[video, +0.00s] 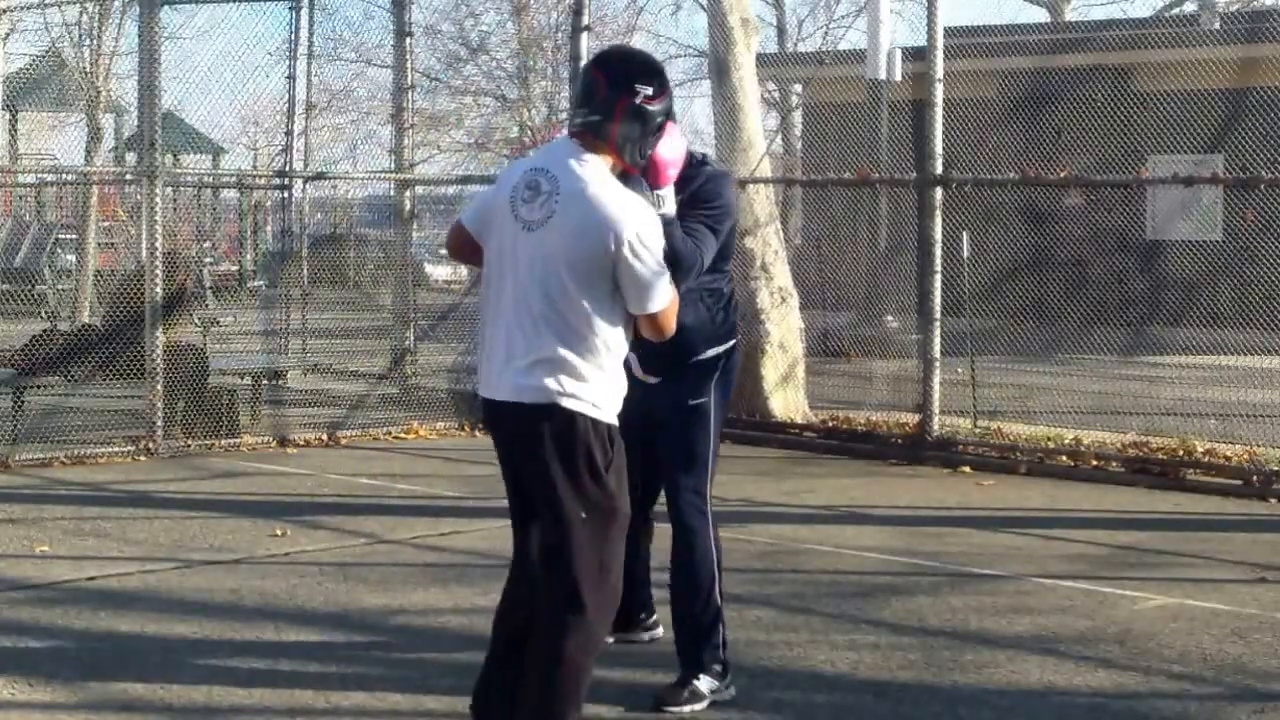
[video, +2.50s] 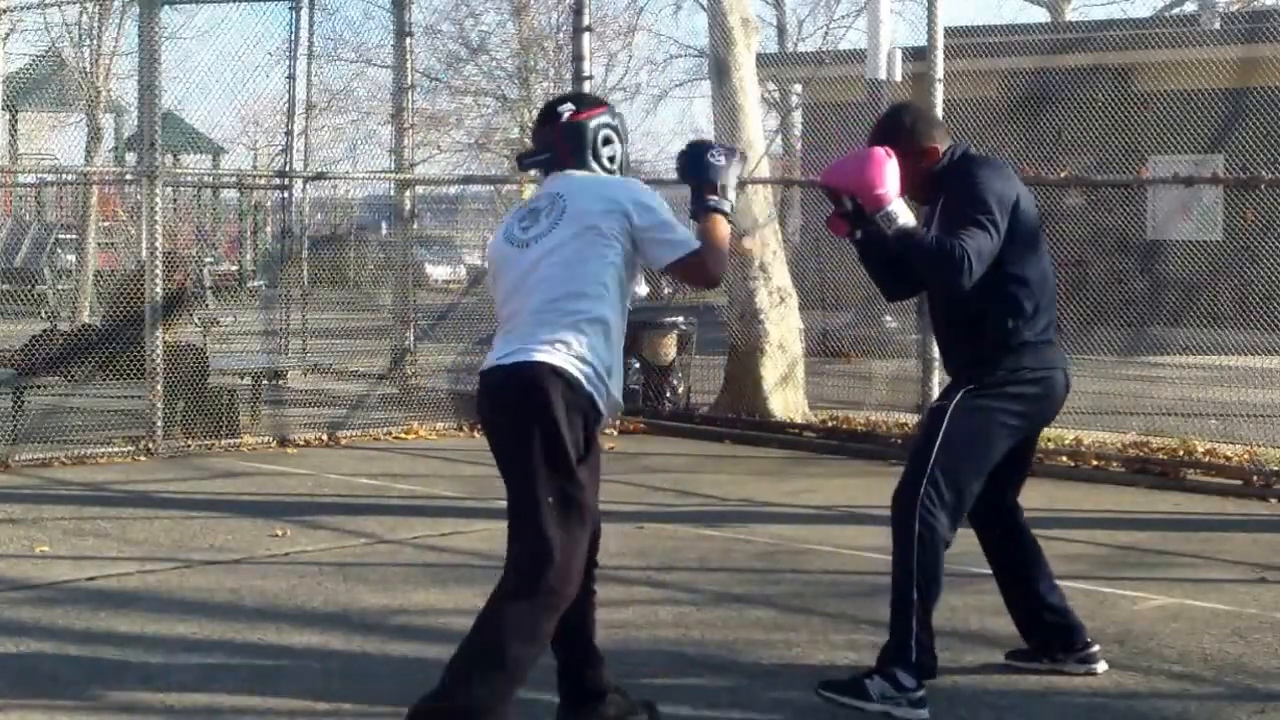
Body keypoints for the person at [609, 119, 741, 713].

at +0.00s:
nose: (640, 157)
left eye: (648, 145)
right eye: (636, 147)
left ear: (671, 137)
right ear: (629, 147)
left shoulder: (710, 183)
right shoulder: (621, 184)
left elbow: (688, 259)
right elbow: (600, 252)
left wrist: (660, 193)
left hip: (694, 363)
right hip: (629, 357)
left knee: (687, 508)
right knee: (628, 497)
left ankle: (705, 666)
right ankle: (632, 611)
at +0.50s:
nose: (631, 150)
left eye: (637, 138)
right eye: (625, 142)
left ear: (663, 126)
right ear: (634, 139)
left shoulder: (725, 166)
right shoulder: (638, 180)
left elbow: (688, 230)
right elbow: (623, 245)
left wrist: (648, 163)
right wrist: (593, 167)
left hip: (734, 354)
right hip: (676, 362)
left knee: (699, 488)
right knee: (655, 488)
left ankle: (732, 655)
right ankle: (685, 623)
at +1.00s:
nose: (711, 209)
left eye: (715, 196)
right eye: (701, 201)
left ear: (738, 167)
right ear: (685, 183)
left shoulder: (798, 202)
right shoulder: (728, 198)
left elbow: (755, 283)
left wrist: (706, 239)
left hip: (806, 375)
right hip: (755, 374)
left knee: (742, 515)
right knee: (742, 504)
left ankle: (756, 683)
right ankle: (823, 589)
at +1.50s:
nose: (830, 170)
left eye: (834, 158)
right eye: (822, 161)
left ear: (864, 144)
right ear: (831, 156)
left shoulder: (912, 179)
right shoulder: (856, 196)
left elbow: (897, 259)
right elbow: (827, 281)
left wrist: (842, 201)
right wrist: (791, 230)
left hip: (923, 367)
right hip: (907, 367)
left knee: (843, 496)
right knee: (913, 492)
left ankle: (875, 650)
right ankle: (991, 608)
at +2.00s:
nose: (859, 168)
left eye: (864, 157)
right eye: (853, 158)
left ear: (897, 145)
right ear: (869, 150)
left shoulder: (951, 181)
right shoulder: (884, 181)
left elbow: (913, 268)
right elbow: (836, 258)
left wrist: (865, 201)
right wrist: (808, 203)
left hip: (970, 361)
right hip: (935, 363)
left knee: (903, 511)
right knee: (942, 498)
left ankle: (892, 676)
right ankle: (1022, 616)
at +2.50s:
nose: (898, 182)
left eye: (895, 172)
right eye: (893, 173)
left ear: (916, 157)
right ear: (926, 151)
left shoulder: (983, 179)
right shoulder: (947, 196)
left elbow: (958, 270)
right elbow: (897, 284)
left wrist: (888, 215)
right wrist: (860, 231)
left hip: (1010, 374)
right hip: (1005, 373)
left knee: (920, 503)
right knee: (993, 509)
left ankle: (904, 674)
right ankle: (1060, 641)